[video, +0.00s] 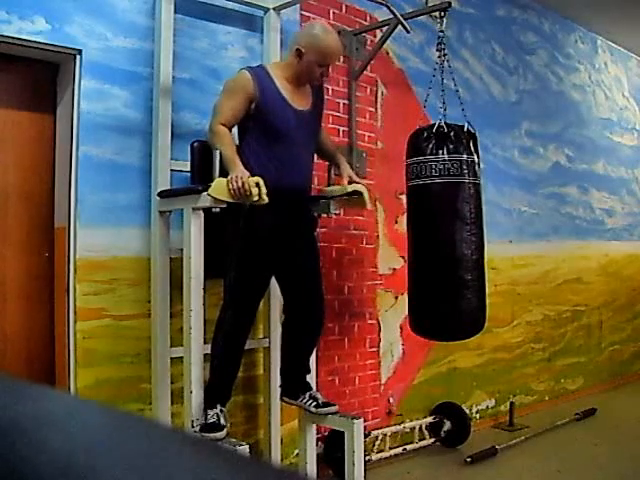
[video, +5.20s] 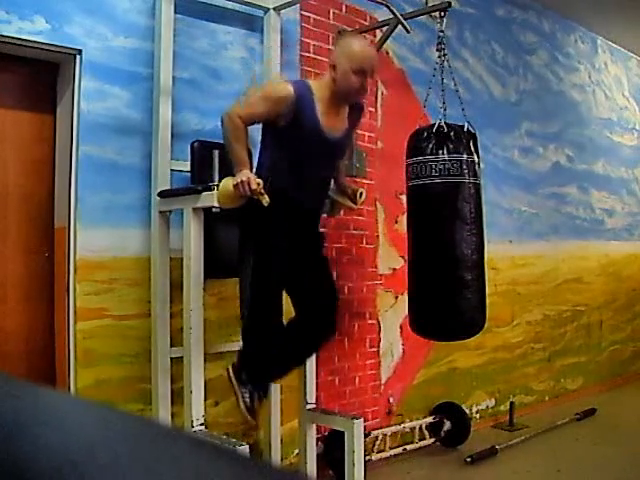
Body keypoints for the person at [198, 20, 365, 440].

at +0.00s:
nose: (325, 74)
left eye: (330, 67)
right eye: (323, 66)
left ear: (317, 60)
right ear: (300, 54)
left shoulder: (312, 91)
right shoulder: (251, 82)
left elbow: (311, 134)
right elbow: (219, 127)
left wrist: (341, 161)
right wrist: (236, 167)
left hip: (296, 216)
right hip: (254, 216)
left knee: (307, 307)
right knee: (238, 311)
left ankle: (295, 387)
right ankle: (213, 409)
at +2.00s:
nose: (326, 70)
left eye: (336, 66)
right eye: (324, 59)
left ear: (343, 63)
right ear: (310, 41)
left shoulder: (329, 88)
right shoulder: (265, 71)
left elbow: (322, 133)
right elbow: (236, 117)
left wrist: (342, 172)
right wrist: (244, 167)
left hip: (303, 212)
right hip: (261, 209)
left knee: (314, 306)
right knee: (239, 310)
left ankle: (298, 382)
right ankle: (213, 404)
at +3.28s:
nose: (334, 35)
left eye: (340, 29)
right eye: (330, 25)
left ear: (344, 28)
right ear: (307, 12)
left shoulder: (334, 68)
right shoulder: (267, 55)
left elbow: (333, 124)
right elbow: (246, 113)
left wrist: (339, 177)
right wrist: (246, 169)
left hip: (316, 185)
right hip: (276, 184)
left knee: (340, 280)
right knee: (284, 284)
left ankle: (301, 360)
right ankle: (270, 375)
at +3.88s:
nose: (361, 83)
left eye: (364, 74)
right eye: (354, 73)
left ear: (364, 73)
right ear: (328, 66)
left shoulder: (350, 108)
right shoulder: (286, 93)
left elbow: (339, 146)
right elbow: (231, 117)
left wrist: (340, 180)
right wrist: (242, 169)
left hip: (305, 223)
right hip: (266, 220)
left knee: (327, 316)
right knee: (281, 315)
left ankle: (279, 396)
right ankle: (252, 391)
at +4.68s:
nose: (368, 76)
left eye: (372, 67)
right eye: (361, 65)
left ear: (372, 68)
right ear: (336, 60)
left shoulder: (357, 107)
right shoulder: (293, 96)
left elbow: (327, 153)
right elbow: (235, 116)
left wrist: (338, 185)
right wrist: (242, 170)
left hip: (308, 227)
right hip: (268, 223)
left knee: (318, 322)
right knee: (258, 319)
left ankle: (241, 357)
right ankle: (239, 361)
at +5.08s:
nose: (362, 48)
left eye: (367, 40)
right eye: (356, 38)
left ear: (367, 42)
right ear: (330, 32)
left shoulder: (350, 80)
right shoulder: (282, 70)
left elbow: (334, 136)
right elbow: (240, 114)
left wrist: (341, 179)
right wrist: (243, 170)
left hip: (311, 206)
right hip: (271, 202)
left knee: (321, 297)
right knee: (260, 291)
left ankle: (244, 332)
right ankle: (245, 341)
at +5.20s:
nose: (365, 85)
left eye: (369, 76)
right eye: (359, 74)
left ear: (371, 74)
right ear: (334, 66)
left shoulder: (352, 111)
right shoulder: (289, 95)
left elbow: (336, 148)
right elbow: (233, 117)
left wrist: (341, 180)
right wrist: (243, 169)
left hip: (304, 230)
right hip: (264, 222)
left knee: (321, 318)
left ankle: (251, 373)